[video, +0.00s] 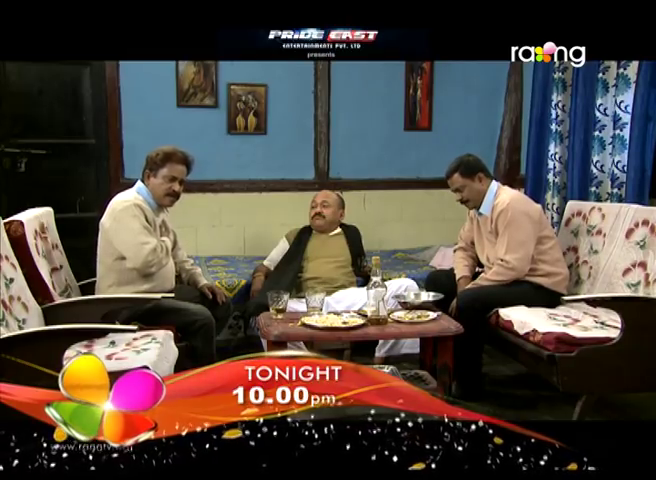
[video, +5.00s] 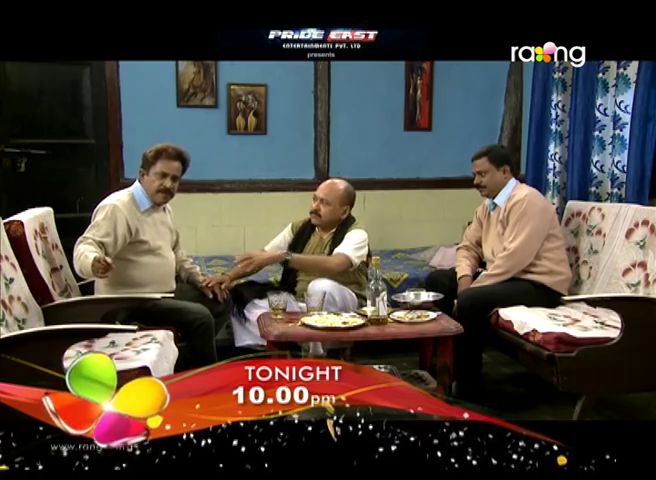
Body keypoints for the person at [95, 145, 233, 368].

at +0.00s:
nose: (177, 189)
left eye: (181, 183)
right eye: (171, 180)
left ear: (184, 185)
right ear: (149, 177)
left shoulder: (157, 215)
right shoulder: (125, 208)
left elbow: (179, 258)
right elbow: (144, 261)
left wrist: (202, 283)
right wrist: (166, 242)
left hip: (156, 296)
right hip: (127, 304)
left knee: (219, 304)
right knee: (200, 319)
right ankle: (203, 384)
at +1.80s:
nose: (159, 178)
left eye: (162, 173)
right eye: (151, 171)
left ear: (164, 178)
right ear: (129, 175)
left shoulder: (144, 210)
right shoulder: (110, 203)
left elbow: (170, 256)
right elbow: (121, 240)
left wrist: (199, 280)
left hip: (157, 293)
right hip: (126, 301)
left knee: (218, 302)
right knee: (201, 317)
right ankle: (203, 383)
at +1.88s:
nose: (160, 177)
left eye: (163, 173)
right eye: (152, 170)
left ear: (166, 177)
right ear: (131, 175)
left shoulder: (146, 211)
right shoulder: (112, 202)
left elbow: (168, 255)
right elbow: (112, 226)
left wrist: (199, 280)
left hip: (159, 293)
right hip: (126, 302)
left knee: (218, 302)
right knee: (201, 318)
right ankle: (204, 382)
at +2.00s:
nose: (159, 182)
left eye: (164, 177)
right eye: (152, 174)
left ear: (168, 181)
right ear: (132, 175)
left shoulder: (151, 213)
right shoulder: (108, 206)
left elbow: (172, 256)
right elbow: (86, 237)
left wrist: (200, 280)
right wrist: (62, 235)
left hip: (161, 295)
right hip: (127, 304)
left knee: (219, 303)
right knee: (199, 318)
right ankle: (203, 383)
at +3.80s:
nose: (171, 186)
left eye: (177, 181)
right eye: (164, 178)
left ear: (182, 185)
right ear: (146, 176)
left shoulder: (166, 212)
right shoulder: (118, 207)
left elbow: (176, 256)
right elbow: (87, 245)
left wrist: (200, 279)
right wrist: (86, 262)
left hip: (164, 298)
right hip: (128, 305)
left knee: (218, 301)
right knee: (199, 318)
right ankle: (205, 384)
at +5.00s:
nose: (168, 184)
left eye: (175, 179)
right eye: (162, 176)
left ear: (179, 183)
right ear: (143, 175)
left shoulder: (164, 210)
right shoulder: (117, 207)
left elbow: (177, 256)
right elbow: (85, 248)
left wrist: (201, 279)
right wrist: (94, 262)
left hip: (164, 295)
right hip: (128, 304)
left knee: (218, 302)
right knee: (200, 318)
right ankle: (206, 385)